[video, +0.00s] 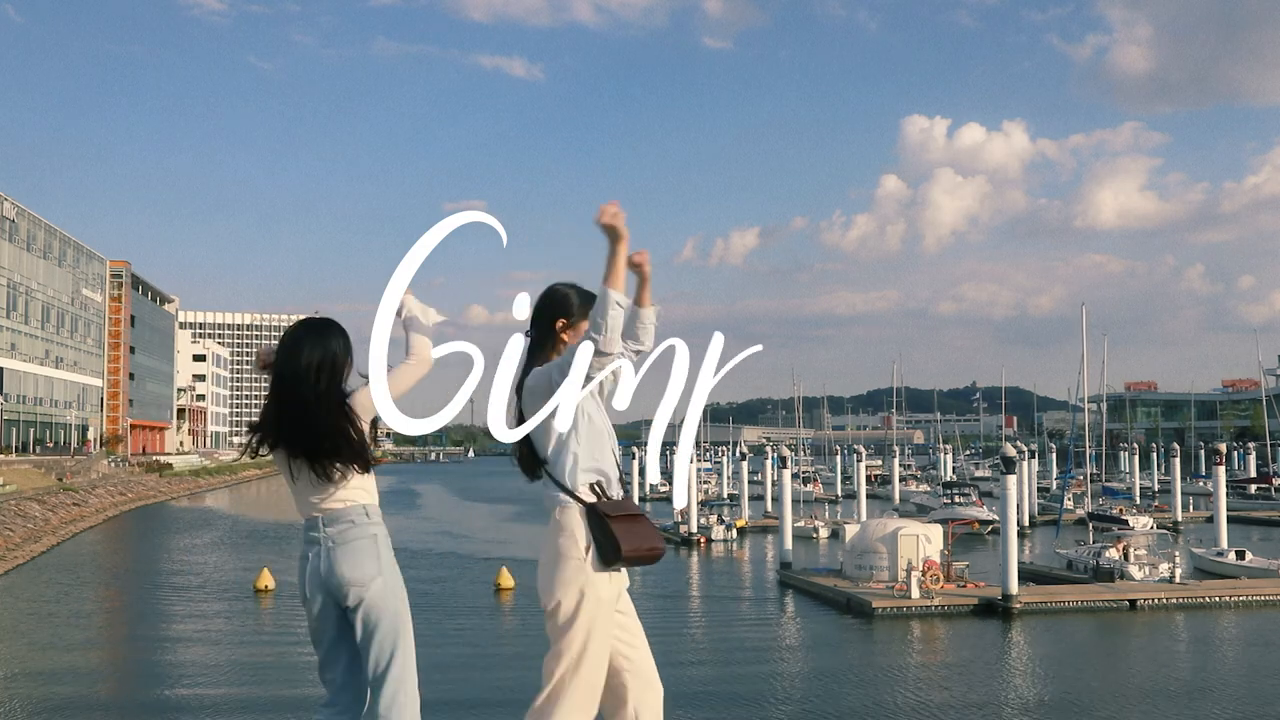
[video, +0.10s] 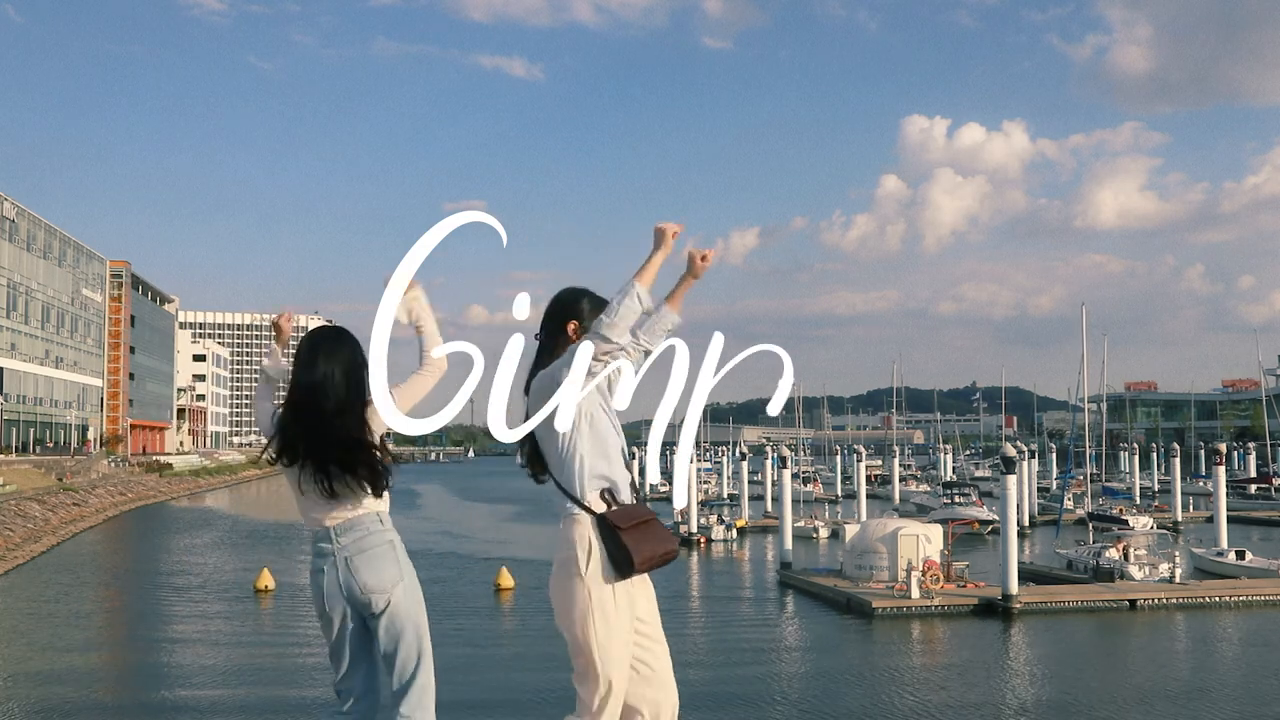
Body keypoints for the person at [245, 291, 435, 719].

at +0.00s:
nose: (352, 365)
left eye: (350, 357)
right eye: (349, 358)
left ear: (286, 368)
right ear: (340, 367)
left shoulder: (278, 423)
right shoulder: (354, 409)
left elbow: (288, 386)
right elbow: (421, 360)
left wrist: (280, 364)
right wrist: (414, 315)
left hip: (313, 554)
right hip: (361, 550)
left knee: (340, 691)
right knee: (394, 689)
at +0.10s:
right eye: (359, 362)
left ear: (299, 375)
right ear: (357, 370)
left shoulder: (285, 429)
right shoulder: (369, 418)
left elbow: (266, 391)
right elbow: (434, 365)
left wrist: (279, 346)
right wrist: (421, 311)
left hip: (324, 562)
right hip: (375, 553)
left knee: (352, 690)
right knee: (411, 682)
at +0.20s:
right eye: (360, 354)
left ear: (309, 372)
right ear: (362, 364)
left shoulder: (295, 433)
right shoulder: (376, 411)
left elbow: (257, 397)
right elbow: (435, 352)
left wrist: (280, 349)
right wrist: (471, 295)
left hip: (330, 563)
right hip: (381, 558)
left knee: (345, 693)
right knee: (425, 689)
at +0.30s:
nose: (382, 358)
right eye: (374, 349)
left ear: (318, 366)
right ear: (369, 357)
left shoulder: (308, 423)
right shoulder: (383, 401)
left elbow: (277, 396)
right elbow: (441, 355)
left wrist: (297, 348)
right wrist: (467, 312)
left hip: (335, 566)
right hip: (379, 564)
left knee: (337, 696)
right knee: (441, 689)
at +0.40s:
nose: (394, 359)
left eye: (389, 351)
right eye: (388, 351)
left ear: (338, 363)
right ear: (383, 357)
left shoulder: (342, 412)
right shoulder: (388, 404)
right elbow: (445, 349)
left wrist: (332, 369)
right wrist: (431, 317)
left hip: (348, 567)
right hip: (383, 571)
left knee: (337, 701)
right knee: (454, 698)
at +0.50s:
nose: (406, 367)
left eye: (404, 358)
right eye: (396, 361)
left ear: (362, 374)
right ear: (375, 371)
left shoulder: (369, 424)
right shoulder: (389, 420)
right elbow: (453, 382)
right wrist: (432, 321)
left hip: (376, 575)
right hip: (397, 579)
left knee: (366, 708)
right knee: (462, 704)